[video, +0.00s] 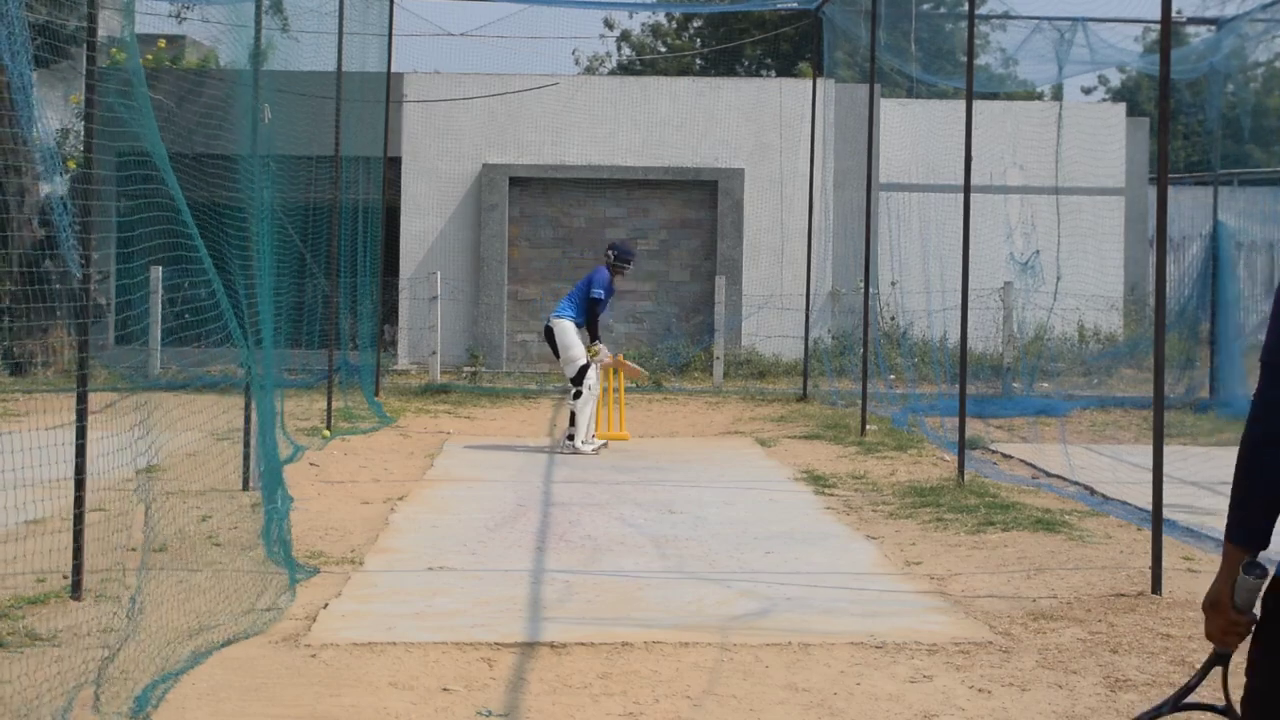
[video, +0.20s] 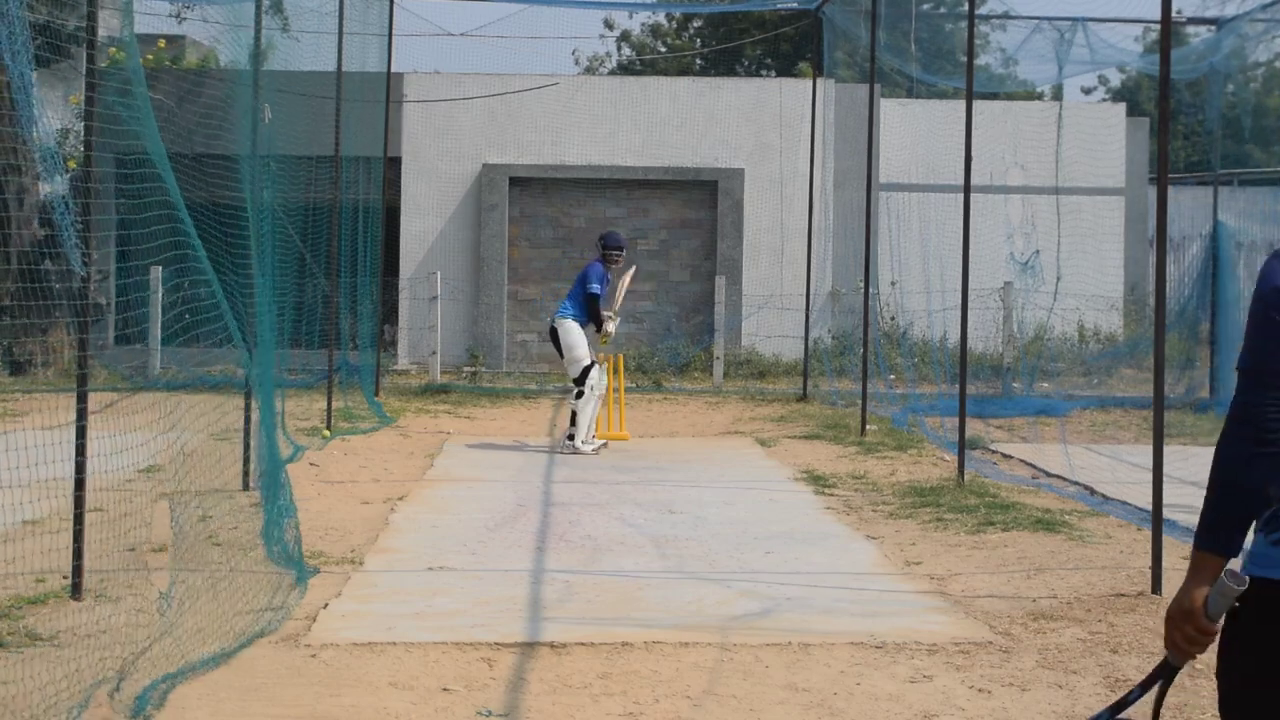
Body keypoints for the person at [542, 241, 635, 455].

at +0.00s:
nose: (625, 267)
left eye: (628, 263)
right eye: (623, 262)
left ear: (624, 263)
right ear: (613, 258)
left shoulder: (608, 282)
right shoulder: (602, 275)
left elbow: (593, 316)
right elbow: (592, 314)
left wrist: (596, 345)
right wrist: (596, 344)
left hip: (569, 326)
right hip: (561, 325)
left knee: (592, 379)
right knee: (584, 380)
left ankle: (585, 436)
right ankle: (575, 439)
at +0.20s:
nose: (615, 257)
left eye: (619, 253)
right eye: (611, 252)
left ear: (623, 255)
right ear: (602, 251)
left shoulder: (605, 275)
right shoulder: (595, 269)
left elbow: (593, 304)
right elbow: (592, 303)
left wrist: (603, 316)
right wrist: (601, 327)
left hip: (575, 325)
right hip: (565, 323)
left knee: (597, 378)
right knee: (588, 378)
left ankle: (584, 436)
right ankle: (575, 438)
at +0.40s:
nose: (612, 253)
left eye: (616, 249)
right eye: (608, 249)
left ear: (621, 251)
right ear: (599, 249)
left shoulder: (605, 273)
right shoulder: (593, 267)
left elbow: (603, 301)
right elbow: (590, 299)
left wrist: (604, 315)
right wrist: (596, 322)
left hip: (581, 325)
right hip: (569, 323)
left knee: (600, 379)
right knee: (587, 378)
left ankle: (585, 435)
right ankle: (574, 438)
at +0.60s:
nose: (613, 255)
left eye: (617, 251)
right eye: (609, 251)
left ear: (621, 253)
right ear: (600, 251)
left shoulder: (605, 275)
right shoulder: (593, 269)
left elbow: (602, 303)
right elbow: (587, 300)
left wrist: (603, 315)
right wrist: (596, 322)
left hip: (579, 326)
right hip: (567, 324)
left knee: (601, 380)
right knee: (589, 380)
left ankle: (585, 435)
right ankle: (575, 439)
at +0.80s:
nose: (615, 258)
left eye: (619, 254)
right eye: (611, 253)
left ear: (624, 256)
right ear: (603, 253)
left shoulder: (608, 276)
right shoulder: (596, 269)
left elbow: (604, 303)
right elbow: (589, 300)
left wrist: (603, 318)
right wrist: (594, 323)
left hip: (580, 325)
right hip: (567, 323)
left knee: (600, 380)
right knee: (586, 380)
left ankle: (586, 435)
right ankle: (574, 439)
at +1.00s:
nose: (618, 263)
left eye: (622, 259)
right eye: (615, 258)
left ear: (626, 261)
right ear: (607, 257)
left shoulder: (610, 280)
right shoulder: (600, 274)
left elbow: (604, 306)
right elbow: (594, 306)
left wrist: (606, 315)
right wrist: (599, 323)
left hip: (577, 326)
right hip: (564, 322)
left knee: (601, 380)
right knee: (587, 379)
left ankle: (585, 435)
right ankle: (574, 439)